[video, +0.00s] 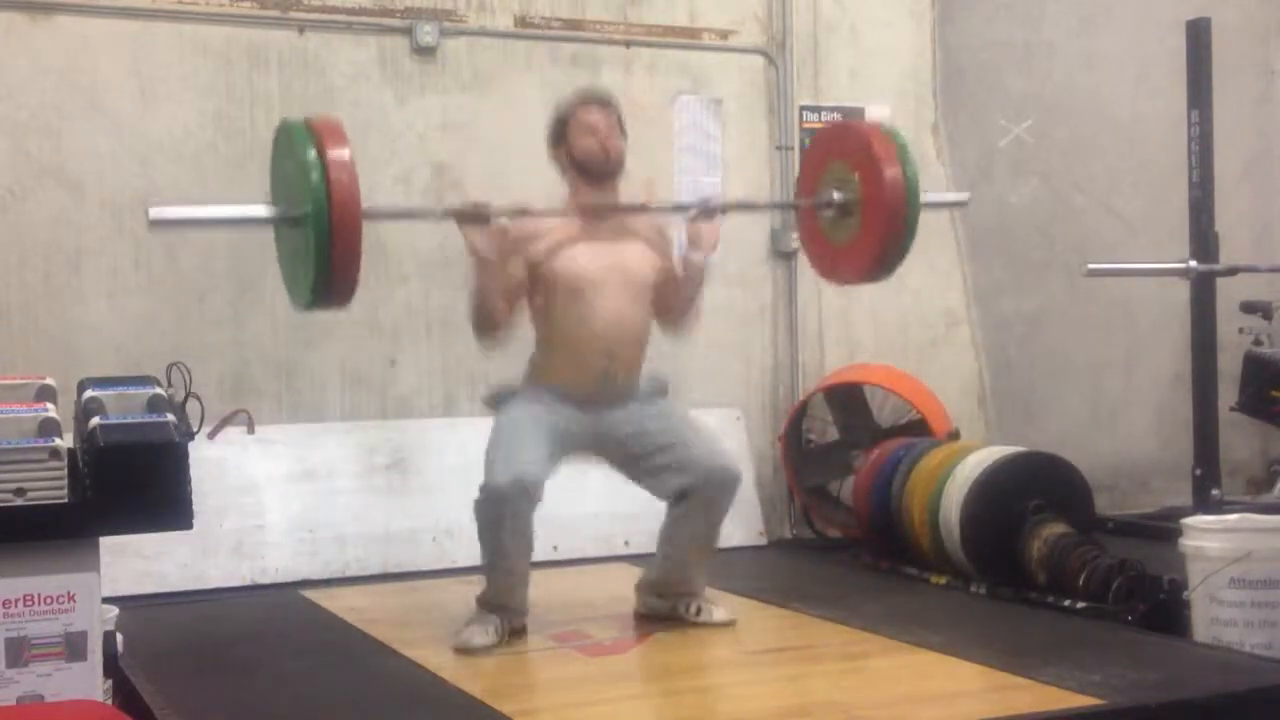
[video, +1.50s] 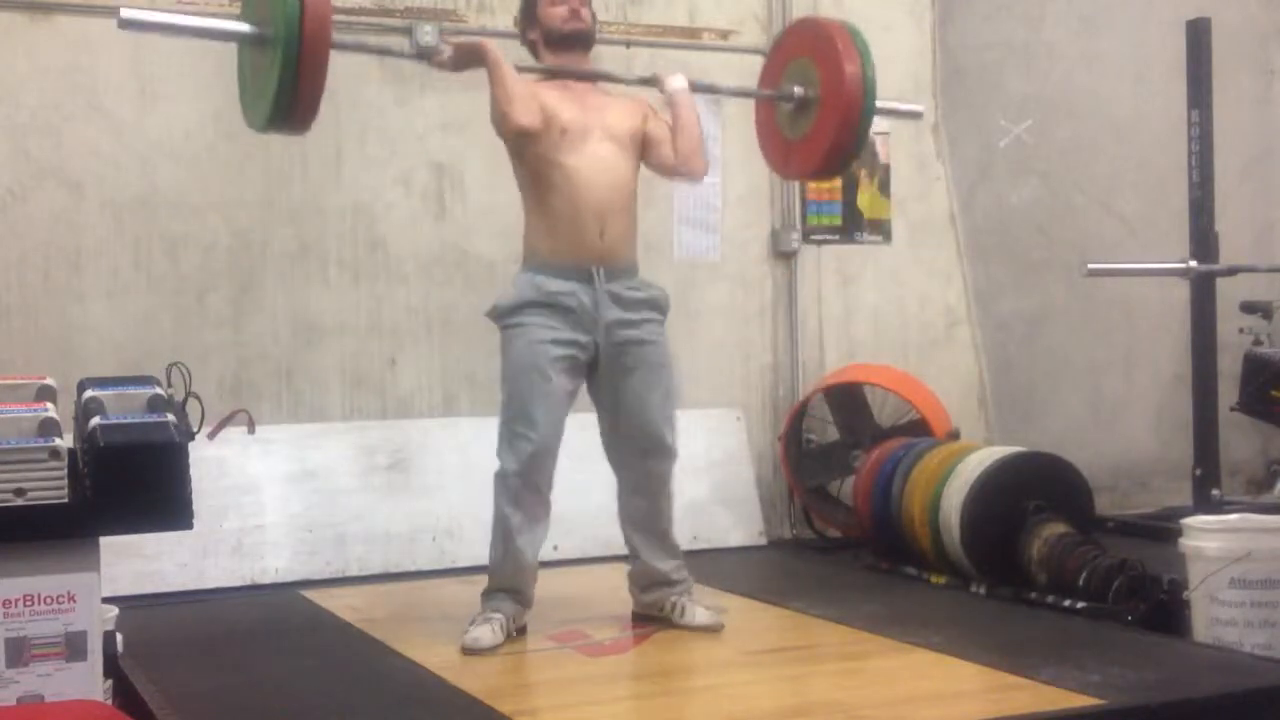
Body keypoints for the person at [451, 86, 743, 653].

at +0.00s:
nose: (601, 141)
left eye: (610, 132)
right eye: (587, 132)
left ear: (623, 146)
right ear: (562, 150)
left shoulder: (648, 232)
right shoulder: (532, 231)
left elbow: (673, 315)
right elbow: (490, 326)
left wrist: (697, 255)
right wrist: (487, 257)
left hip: (628, 405)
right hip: (546, 404)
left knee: (713, 474)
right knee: (506, 487)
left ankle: (667, 592)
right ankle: (501, 612)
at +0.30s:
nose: (602, 259)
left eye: (611, 250)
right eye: (587, 250)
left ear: (621, 262)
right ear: (558, 267)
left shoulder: (646, 343)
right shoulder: (538, 349)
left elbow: (693, 373)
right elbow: (554, 391)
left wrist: (671, 314)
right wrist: (518, 327)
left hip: (634, 513)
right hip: (558, 518)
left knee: (725, 477)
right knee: (507, 498)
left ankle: (666, 596)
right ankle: (502, 612)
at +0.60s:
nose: (599, 232)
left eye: (608, 222)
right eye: (584, 222)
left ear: (619, 235)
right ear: (556, 240)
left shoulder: (642, 318)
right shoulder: (532, 321)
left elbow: (689, 352)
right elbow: (550, 367)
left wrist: (665, 289)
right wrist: (511, 297)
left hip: (619, 481)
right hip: (547, 483)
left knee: (705, 466)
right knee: (523, 484)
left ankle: (668, 594)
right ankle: (502, 612)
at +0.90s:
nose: (599, 145)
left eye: (607, 137)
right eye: (583, 136)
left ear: (617, 154)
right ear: (554, 156)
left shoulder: (637, 237)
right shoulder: (529, 235)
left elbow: (684, 278)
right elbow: (547, 283)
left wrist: (663, 211)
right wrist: (511, 212)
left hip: (599, 397)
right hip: (522, 395)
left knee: (677, 454)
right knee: (534, 463)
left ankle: (667, 593)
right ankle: (503, 610)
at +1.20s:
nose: (588, 58)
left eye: (595, 51)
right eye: (571, 50)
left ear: (604, 71)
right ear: (542, 71)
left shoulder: (631, 152)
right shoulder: (521, 146)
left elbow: (680, 182)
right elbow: (537, 187)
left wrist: (658, 123)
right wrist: (503, 120)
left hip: (608, 343)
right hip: (525, 340)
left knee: (681, 450)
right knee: (509, 458)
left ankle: (668, 592)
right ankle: (500, 606)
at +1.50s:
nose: (574, 7)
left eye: (582, 2)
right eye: (556, 3)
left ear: (595, 25)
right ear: (533, 28)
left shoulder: (630, 107)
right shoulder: (525, 91)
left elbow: (690, 162)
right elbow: (519, 122)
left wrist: (678, 90)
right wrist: (490, 52)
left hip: (629, 298)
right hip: (546, 296)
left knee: (650, 447)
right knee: (527, 451)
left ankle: (659, 588)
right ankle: (505, 602)